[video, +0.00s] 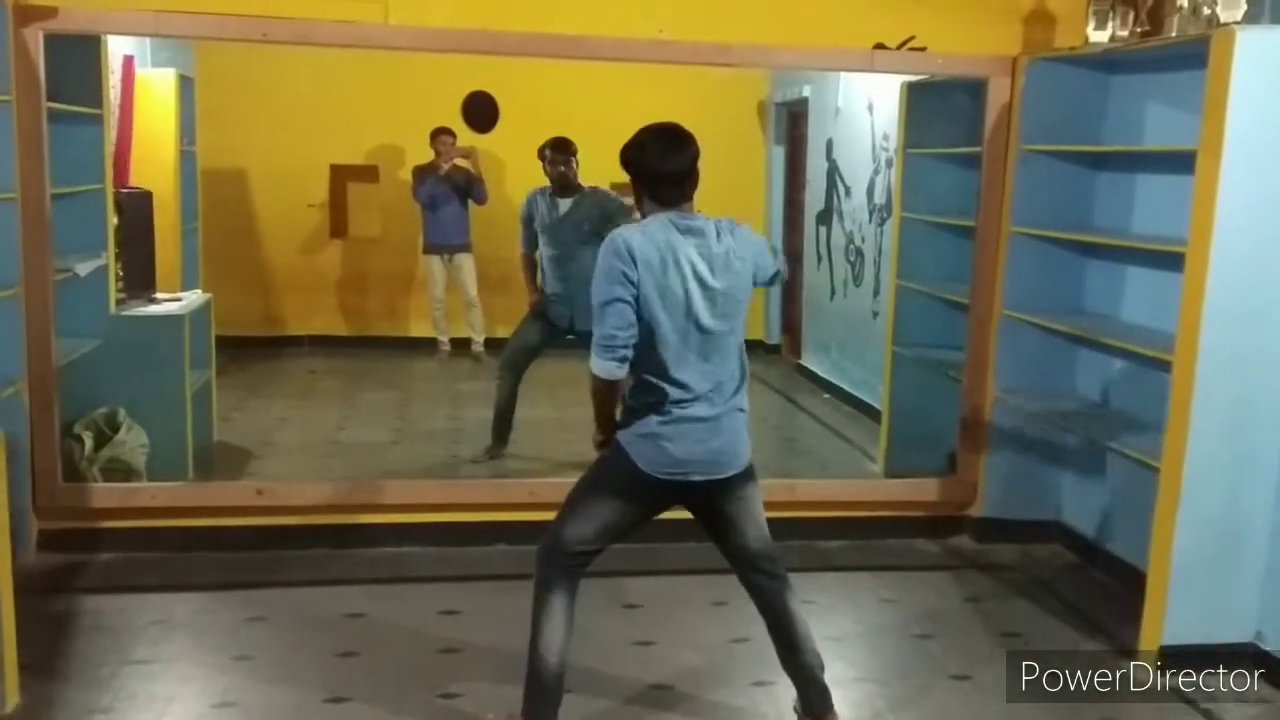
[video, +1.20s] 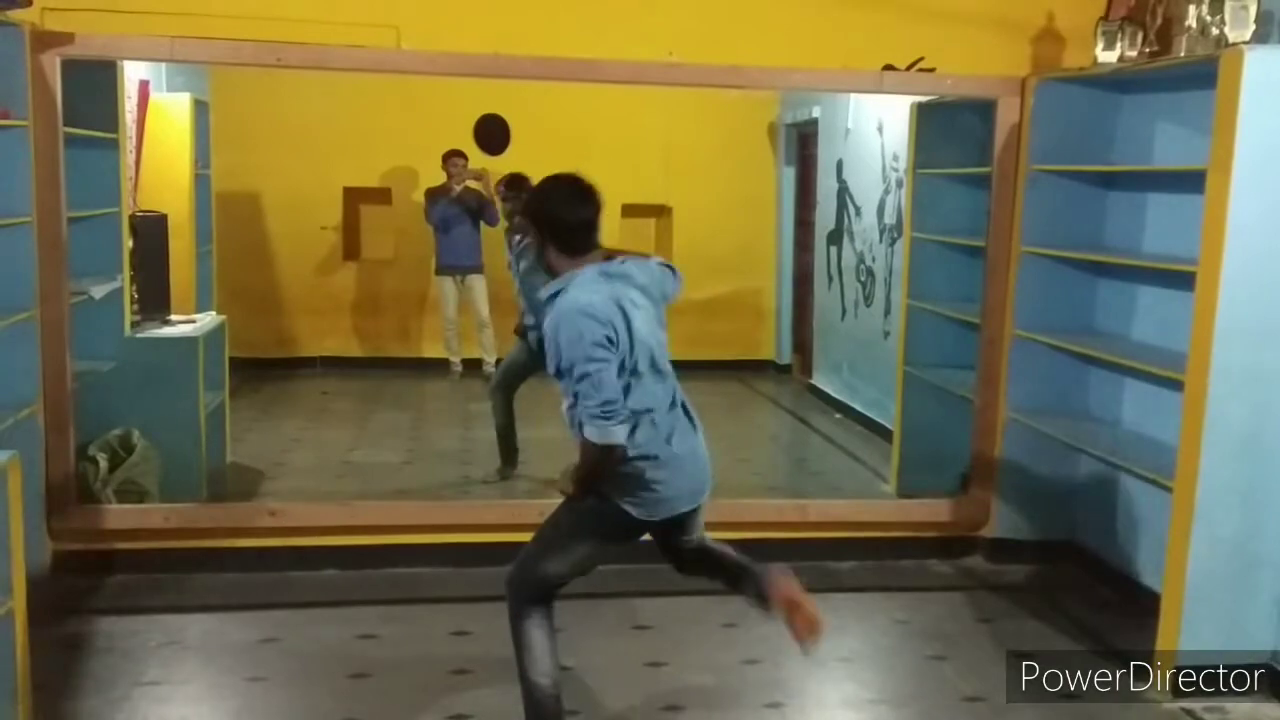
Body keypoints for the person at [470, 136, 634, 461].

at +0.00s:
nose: (562, 170)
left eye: (568, 163)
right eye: (555, 164)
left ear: (577, 164)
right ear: (543, 166)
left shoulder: (601, 202)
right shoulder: (535, 203)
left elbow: (639, 228)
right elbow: (528, 252)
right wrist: (533, 291)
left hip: (596, 311)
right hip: (553, 309)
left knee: (623, 372)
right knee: (509, 363)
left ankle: (621, 440)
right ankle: (498, 443)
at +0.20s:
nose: (562, 179)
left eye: (567, 172)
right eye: (554, 173)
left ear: (576, 172)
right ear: (543, 176)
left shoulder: (596, 213)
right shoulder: (536, 215)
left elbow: (621, 252)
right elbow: (533, 260)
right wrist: (537, 298)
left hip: (593, 317)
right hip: (552, 316)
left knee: (624, 381)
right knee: (511, 372)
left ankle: (626, 446)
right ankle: (500, 450)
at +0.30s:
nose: (558, 183)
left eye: (563, 176)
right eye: (551, 178)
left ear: (575, 176)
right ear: (542, 180)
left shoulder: (595, 216)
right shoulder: (538, 218)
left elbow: (609, 254)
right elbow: (536, 265)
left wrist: (613, 211)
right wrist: (538, 303)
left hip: (593, 319)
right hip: (552, 318)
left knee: (627, 384)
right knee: (513, 376)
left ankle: (635, 450)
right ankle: (502, 453)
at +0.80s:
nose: (570, 193)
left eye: (576, 186)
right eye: (564, 187)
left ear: (589, 187)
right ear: (558, 189)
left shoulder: (600, 227)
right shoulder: (556, 226)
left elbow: (578, 255)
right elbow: (552, 275)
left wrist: (579, 217)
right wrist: (546, 310)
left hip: (597, 329)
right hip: (559, 328)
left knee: (629, 400)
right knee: (519, 388)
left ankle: (655, 460)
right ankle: (508, 464)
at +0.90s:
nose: (576, 194)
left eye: (583, 188)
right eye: (570, 188)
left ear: (593, 191)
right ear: (561, 189)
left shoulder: (595, 226)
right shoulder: (552, 230)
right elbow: (540, 276)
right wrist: (543, 316)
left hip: (599, 332)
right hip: (559, 331)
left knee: (631, 397)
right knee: (518, 389)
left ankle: (624, 464)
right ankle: (509, 464)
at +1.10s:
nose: (543, 193)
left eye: (549, 186)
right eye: (536, 187)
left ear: (559, 188)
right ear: (526, 189)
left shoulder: (568, 221)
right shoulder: (524, 230)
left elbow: (540, 232)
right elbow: (520, 278)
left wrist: (498, 222)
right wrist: (524, 315)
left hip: (578, 330)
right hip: (543, 330)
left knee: (591, 397)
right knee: (507, 383)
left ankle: (587, 466)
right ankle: (508, 463)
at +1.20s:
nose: (508, 210)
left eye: (513, 202)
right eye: (505, 203)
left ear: (528, 203)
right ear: (503, 205)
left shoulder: (544, 240)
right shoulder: (514, 238)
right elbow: (527, 287)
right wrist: (523, 321)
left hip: (559, 336)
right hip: (535, 336)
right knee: (500, 386)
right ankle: (508, 462)